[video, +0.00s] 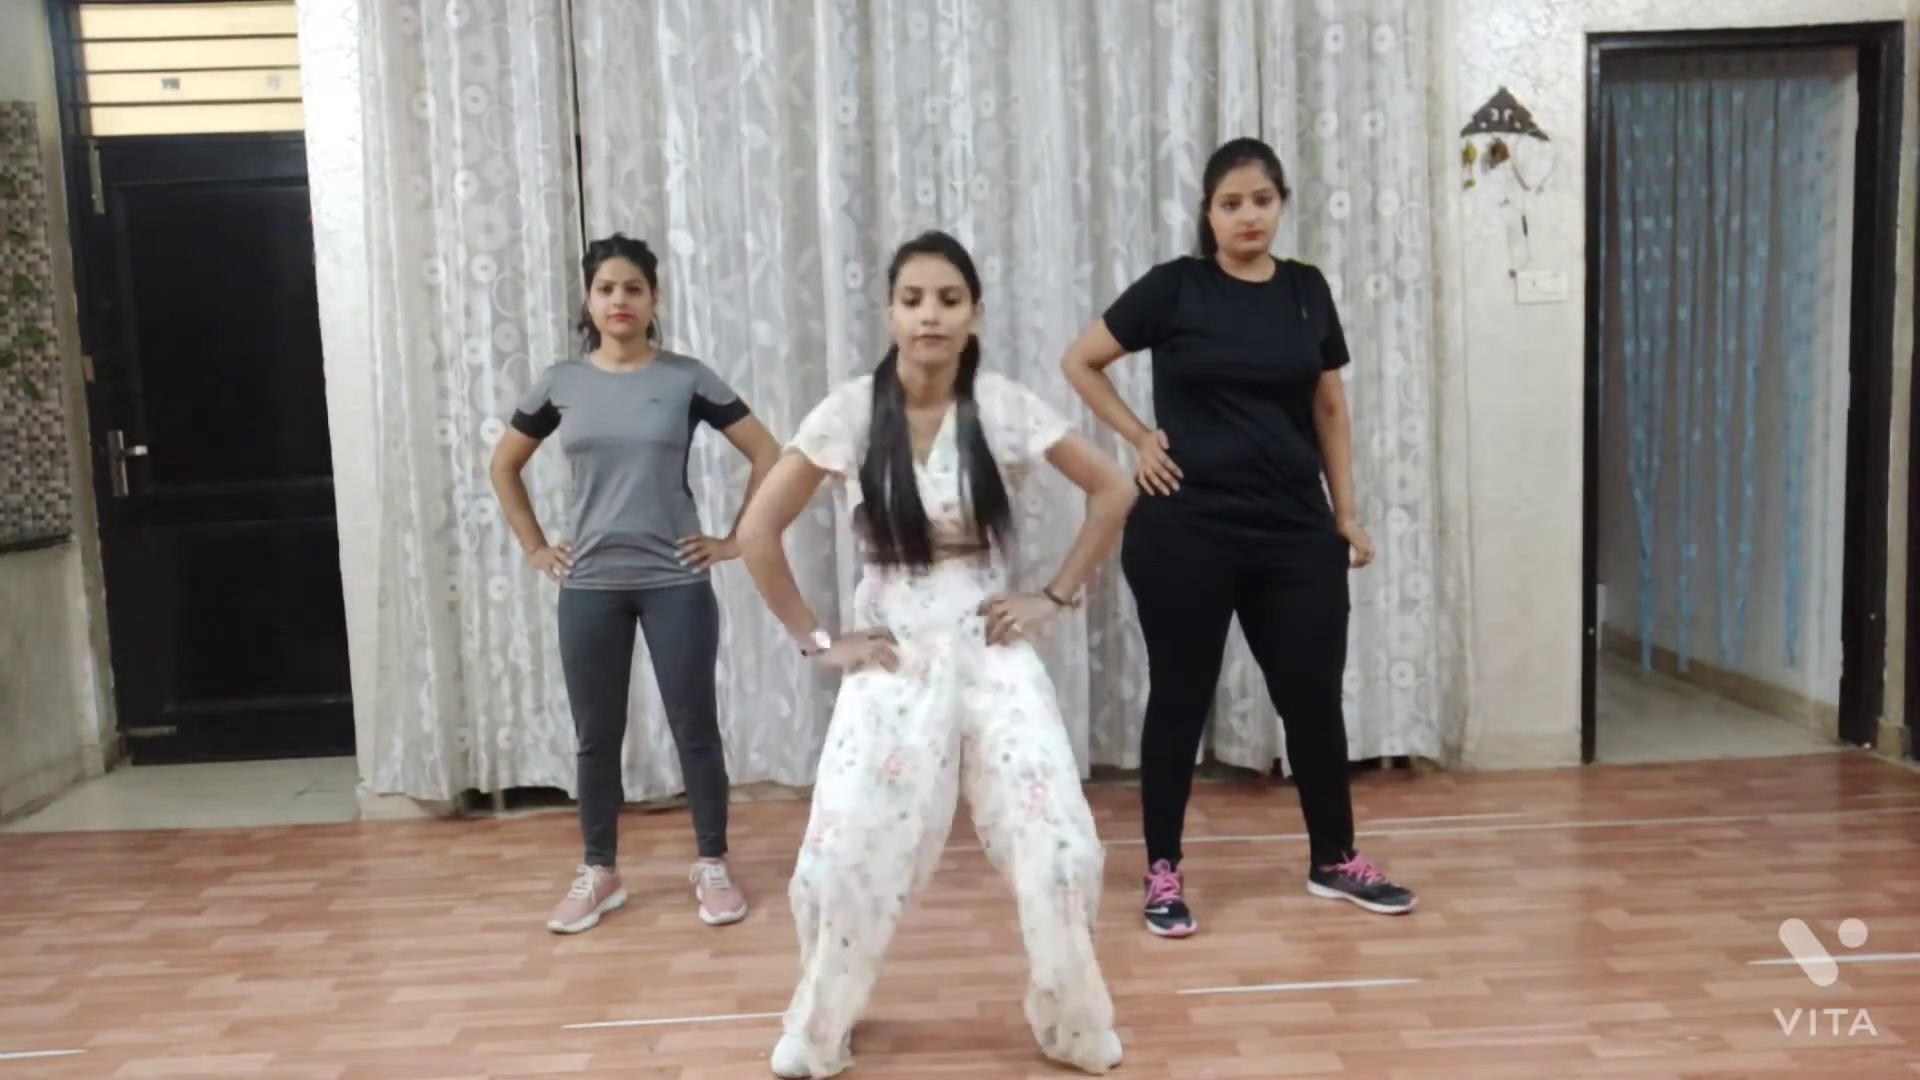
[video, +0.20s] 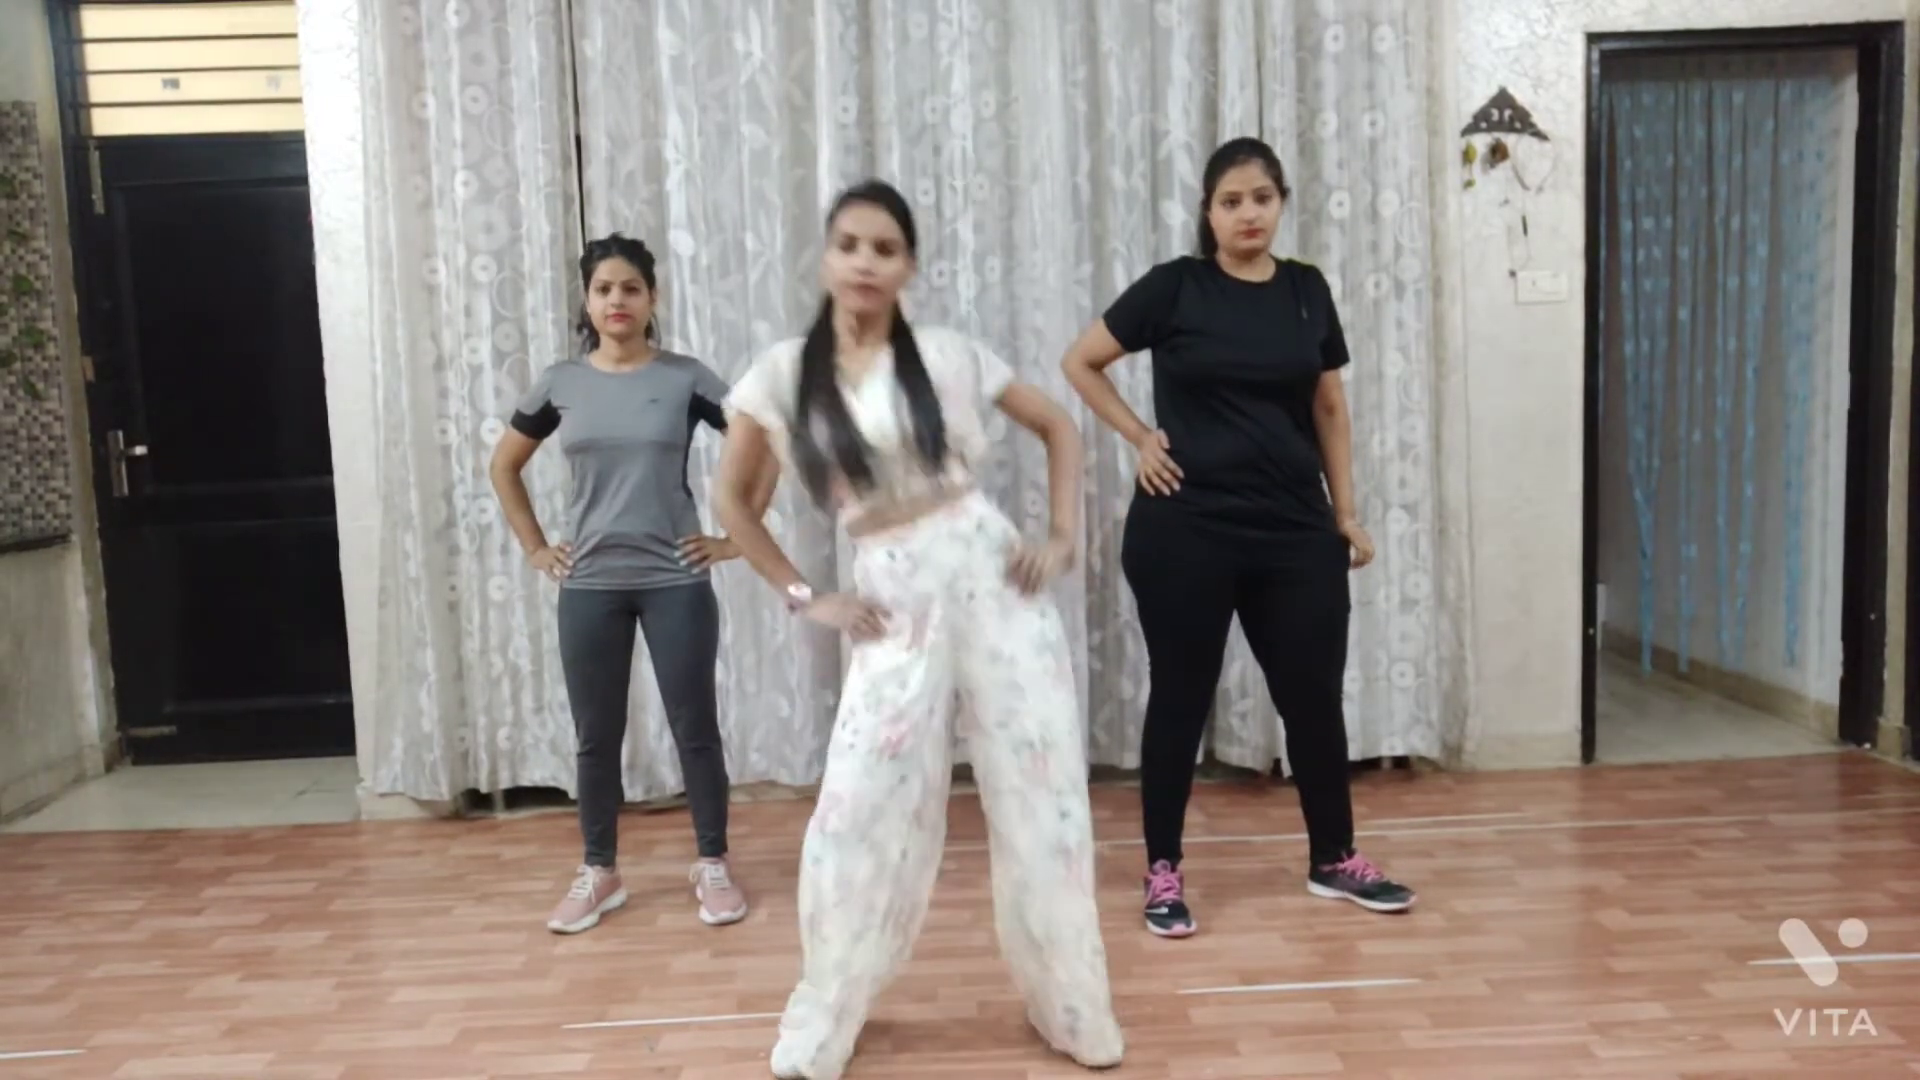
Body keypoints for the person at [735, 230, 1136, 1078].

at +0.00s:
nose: (929, 317)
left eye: (948, 301)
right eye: (912, 300)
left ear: (974, 314)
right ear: (890, 313)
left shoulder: (1004, 405)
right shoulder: (850, 413)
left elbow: (1115, 489)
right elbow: (755, 535)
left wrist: (1055, 597)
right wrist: (818, 642)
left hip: (997, 656)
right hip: (888, 664)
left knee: (1061, 846)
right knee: (838, 856)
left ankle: (1075, 1027)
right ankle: (816, 1036)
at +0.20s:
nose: (865, 264)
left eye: (884, 249)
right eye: (849, 245)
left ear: (910, 266)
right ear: (823, 257)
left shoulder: (948, 359)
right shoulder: (780, 379)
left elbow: (1059, 426)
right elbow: (734, 505)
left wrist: (1061, 534)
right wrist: (809, 599)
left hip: (995, 589)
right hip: (893, 612)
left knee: (1040, 792)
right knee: (852, 813)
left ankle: (1074, 1004)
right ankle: (820, 1023)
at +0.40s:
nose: (851, 259)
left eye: (869, 242)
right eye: (832, 242)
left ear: (896, 256)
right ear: (808, 258)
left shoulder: (944, 352)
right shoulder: (781, 383)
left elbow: (1062, 424)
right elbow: (725, 510)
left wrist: (1052, 546)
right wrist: (812, 596)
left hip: (988, 587)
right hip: (881, 609)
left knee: (1057, 811)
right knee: (830, 827)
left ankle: (1080, 997)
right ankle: (827, 1006)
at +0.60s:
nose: (925, 281)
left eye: (943, 263)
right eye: (905, 265)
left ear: (970, 276)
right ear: (881, 283)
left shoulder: (1014, 378)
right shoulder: (848, 393)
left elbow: (1107, 481)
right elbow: (755, 505)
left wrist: (1067, 599)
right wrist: (813, 613)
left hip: (995, 636)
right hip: (882, 638)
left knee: (1057, 834)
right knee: (823, 829)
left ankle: (1081, 1003)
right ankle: (814, 1013)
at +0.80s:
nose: (990, 248)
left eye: (1007, 230)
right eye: (971, 233)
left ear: (1035, 241)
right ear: (948, 249)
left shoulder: (1071, 341)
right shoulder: (908, 349)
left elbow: (1141, 439)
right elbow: (802, 435)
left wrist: (1083, 550)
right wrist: (811, 555)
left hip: (999, 600)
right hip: (898, 591)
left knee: (1042, 804)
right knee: (848, 793)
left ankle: (1083, 1001)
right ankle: (815, 1009)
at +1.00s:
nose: (971, 293)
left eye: (990, 276)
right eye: (953, 276)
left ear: (1015, 291)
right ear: (930, 290)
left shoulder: (1048, 398)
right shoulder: (889, 390)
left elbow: (1155, 491)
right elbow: (788, 508)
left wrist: (1074, 592)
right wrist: (842, 620)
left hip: (1020, 636)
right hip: (904, 638)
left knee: (1069, 839)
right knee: (844, 834)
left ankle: (1078, 1011)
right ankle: (823, 1033)